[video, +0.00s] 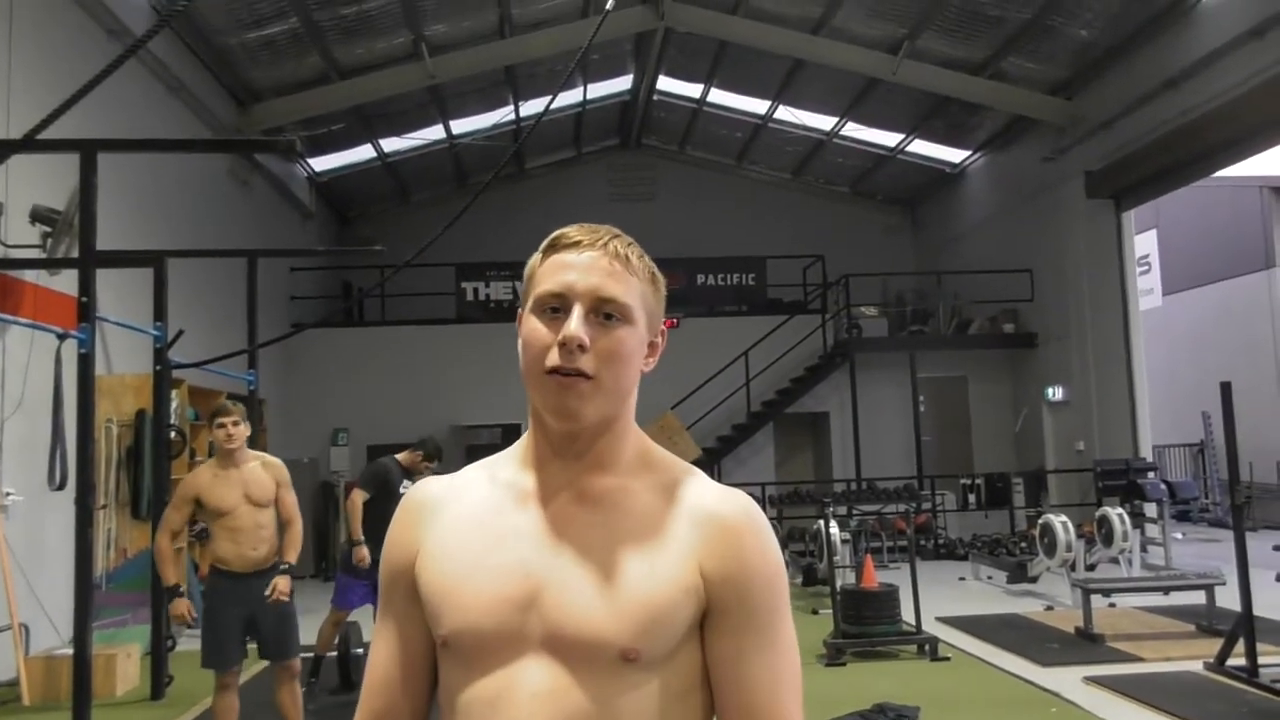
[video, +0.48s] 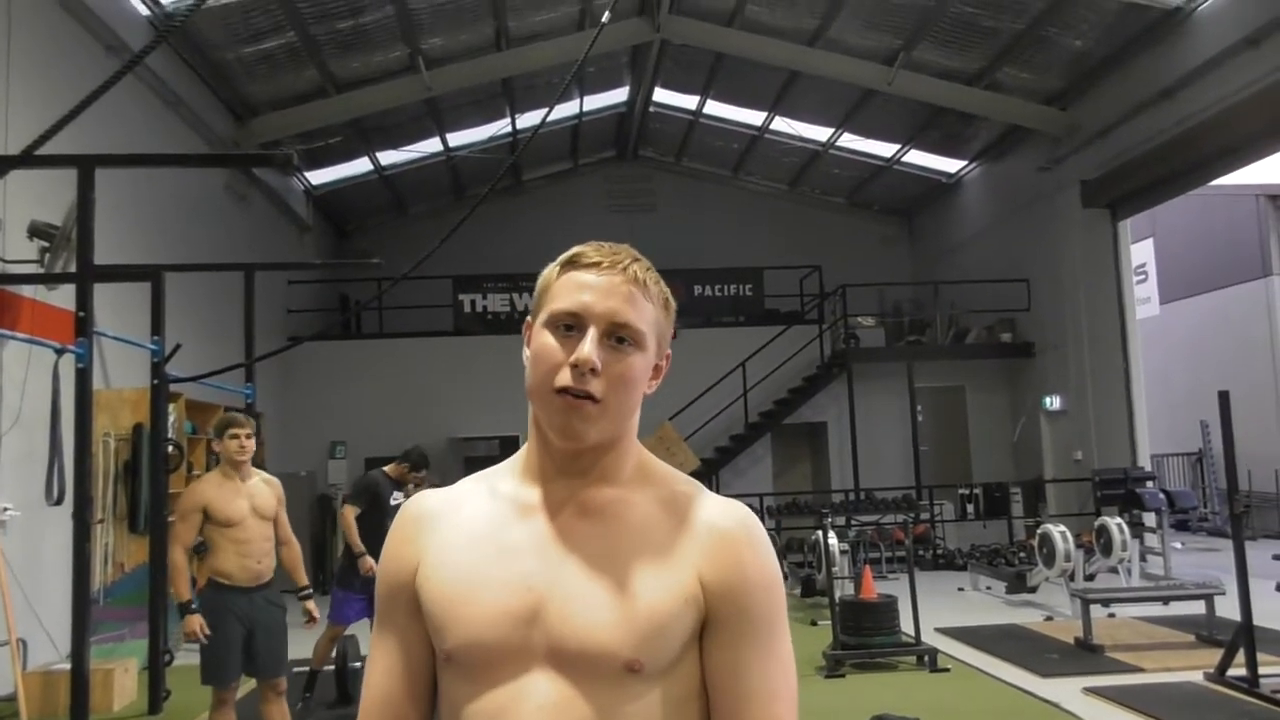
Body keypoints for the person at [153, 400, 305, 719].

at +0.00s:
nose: (229, 431)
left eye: (236, 424)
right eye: (221, 426)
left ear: (247, 428)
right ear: (211, 434)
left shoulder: (273, 468)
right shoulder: (197, 480)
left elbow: (293, 522)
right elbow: (164, 535)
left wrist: (286, 569)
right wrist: (174, 593)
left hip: (272, 579)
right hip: (223, 584)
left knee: (290, 669)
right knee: (227, 679)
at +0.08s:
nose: (229, 434)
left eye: (235, 426)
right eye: (220, 429)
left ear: (246, 431)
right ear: (211, 436)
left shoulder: (272, 471)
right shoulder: (197, 483)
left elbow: (291, 523)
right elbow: (166, 539)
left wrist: (290, 575)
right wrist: (174, 597)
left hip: (271, 582)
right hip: (223, 586)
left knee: (288, 670)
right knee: (227, 680)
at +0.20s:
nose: (230, 437)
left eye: (236, 430)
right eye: (222, 432)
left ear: (247, 434)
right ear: (211, 439)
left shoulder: (271, 475)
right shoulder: (196, 486)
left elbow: (288, 530)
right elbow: (174, 545)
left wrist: (298, 582)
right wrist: (177, 602)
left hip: (269, 586)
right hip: (222, 591)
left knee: (284, 676)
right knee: (226, 684)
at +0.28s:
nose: (232, 439)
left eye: (238, 432)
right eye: (223, 434)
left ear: (248, 437)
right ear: (211, 441)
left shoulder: (269, 478)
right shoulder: (196, 487)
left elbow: (287, 534)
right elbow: (177, 546)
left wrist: (302, 585)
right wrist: (180, 603)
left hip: (266, 590)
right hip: (220, 594)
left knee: (278, 680)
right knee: (225, 686)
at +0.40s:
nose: (237, 442)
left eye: (242, 435)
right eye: (228, 436)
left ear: (251, 441)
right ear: (212, 444)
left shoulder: (270, 482)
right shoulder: (197, 491)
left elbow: (287, 538)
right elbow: (177, 548)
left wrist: (305, 591)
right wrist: (185, 608)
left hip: (266, 596)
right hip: (220, 599)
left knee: (275, 686)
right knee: (224, 694)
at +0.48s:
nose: (244, 444)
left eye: (249, 437)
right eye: (234, 438)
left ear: (255, 443)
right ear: (217, 446)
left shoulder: (271, 485)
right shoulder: (200, 491)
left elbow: (286, 541)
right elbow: (177, 548)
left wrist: (305, 594)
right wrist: (188, 609)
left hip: (267, 598)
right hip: (222, 601)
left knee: (277, 688)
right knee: (225, 697)